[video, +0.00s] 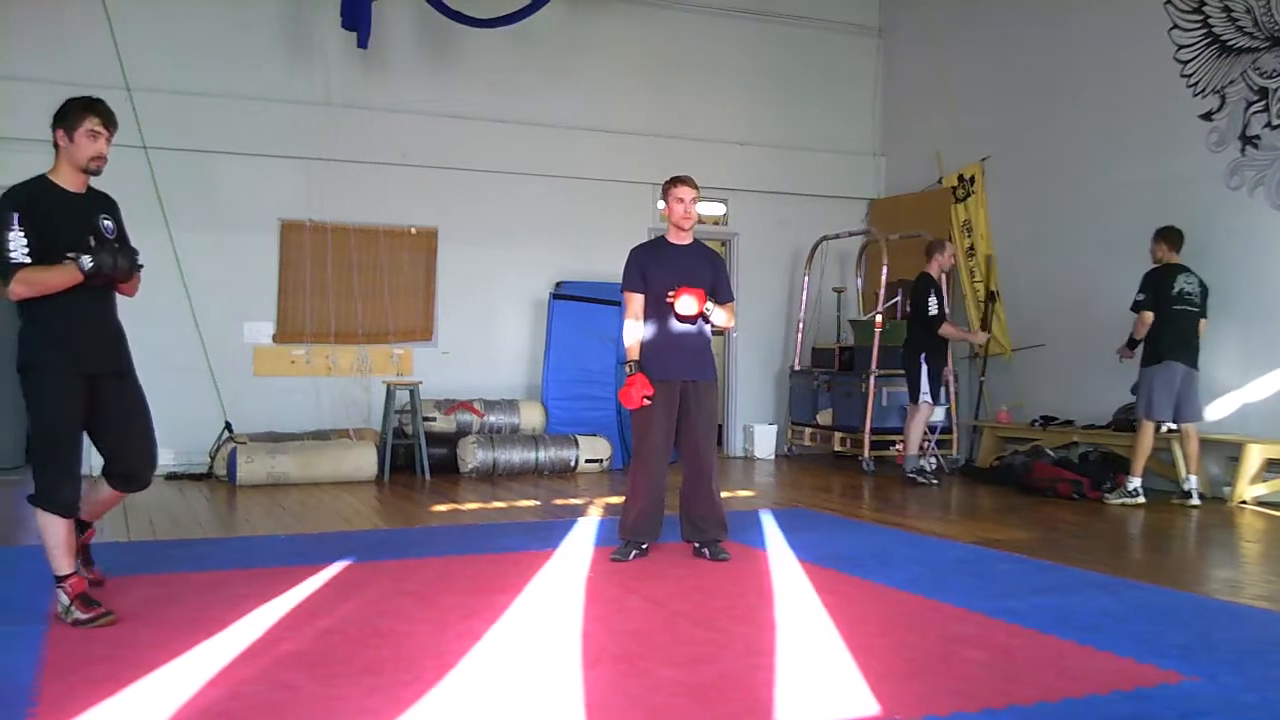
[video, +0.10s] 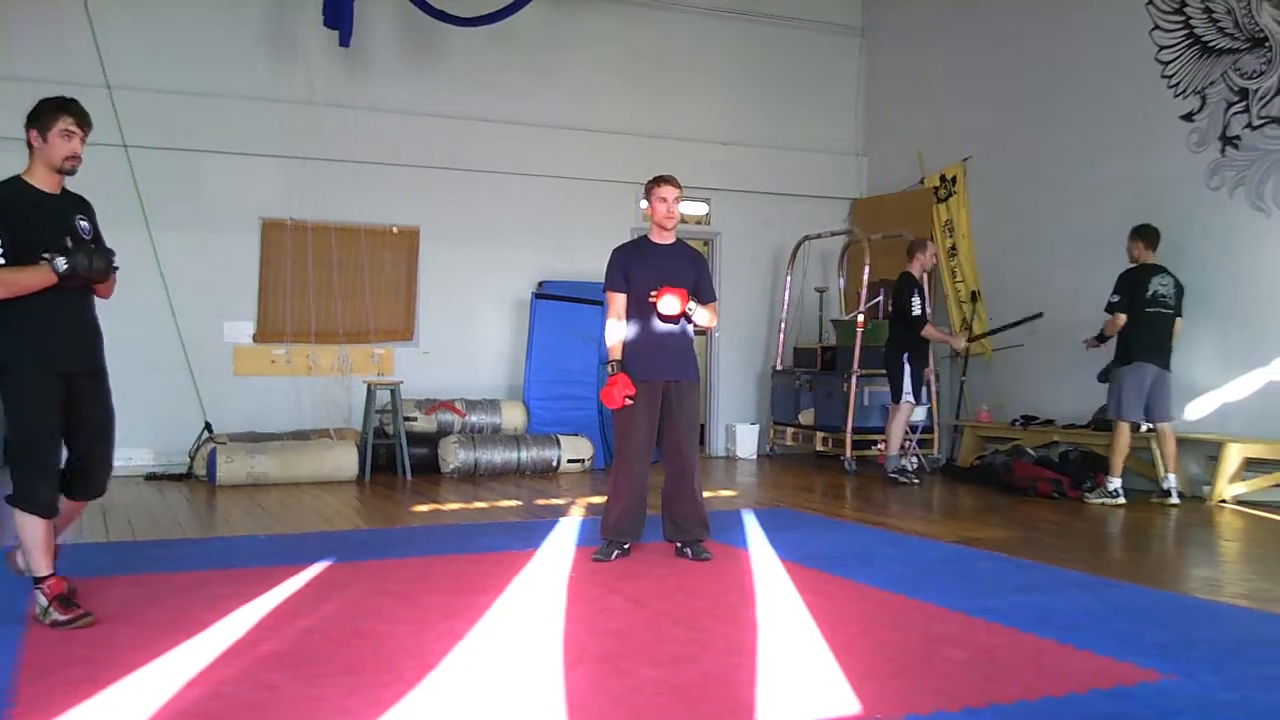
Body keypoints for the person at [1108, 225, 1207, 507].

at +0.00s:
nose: (1151, 250)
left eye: (1153, 245)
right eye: (1152, 245)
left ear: (1163, 247)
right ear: (1178, 248)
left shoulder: (1154, 276)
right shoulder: (1199, 281)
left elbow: (1145, 319)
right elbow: (1200, 326)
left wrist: (1130, 346)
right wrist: (1184, 348)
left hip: (1160, 357)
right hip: (1189, 359)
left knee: (1147, 421)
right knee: (1188, 425)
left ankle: (1133, 486)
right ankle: (1191, 488)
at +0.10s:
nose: (1127, 249)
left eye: (1129, 244)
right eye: (1128, 244)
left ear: (1140, 245)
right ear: (1153, 247)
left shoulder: (1130, 276)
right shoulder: (1174, 282)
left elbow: (1118, 320)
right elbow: (1175, 327)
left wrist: (1101, 337)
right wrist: (1159, 348)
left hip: (1133, 357)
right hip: (1162, 360)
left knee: (1123, 422)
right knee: (1163, 424)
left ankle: (1113, 486)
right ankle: (1170, 486)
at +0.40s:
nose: (1081, 245)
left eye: (1083, 240)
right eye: (1081, 239)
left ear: (1094, 240)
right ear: (1107, 241)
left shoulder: (1081, 273)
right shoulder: (1128, 277)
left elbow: (1058, 309)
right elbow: (1128, 320)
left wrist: (1039, 302)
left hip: (1086, 354)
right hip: (1113, 356)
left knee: (1088, 419)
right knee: (1120, 416)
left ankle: (1087, 483)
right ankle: (1141, 476)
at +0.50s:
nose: (1084, 246)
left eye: (1086, 241)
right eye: (1085, 241)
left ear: (1095, 241)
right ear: (1110, 241)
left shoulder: (1083, 274)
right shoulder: (1130, 277)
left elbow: (1059, 309)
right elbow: (1131, 319)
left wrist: (1040, 299)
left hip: (1089, 354)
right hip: (1116, 356)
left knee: (1093, 420)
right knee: (1121, 417)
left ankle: (1094, 484)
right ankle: (1141, 477)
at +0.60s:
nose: (1091, 246)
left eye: (1092, 241)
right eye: (1091, 241)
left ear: (1101, 241)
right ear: (1116, 241)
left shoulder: (1089, 274)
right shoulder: (1137, 277)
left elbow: (1066, 312)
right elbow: (1139, 318)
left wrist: (1047, 307)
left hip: (1096, 355)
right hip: (1124, 357)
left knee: (1101, 420)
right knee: (1127, 418)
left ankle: (1105, 485)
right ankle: (1141, 480)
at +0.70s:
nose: (1107, 245)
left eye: (1109, 240)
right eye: (1108, 240)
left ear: (1118, 241)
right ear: (1133, 240)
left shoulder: (1106, 275)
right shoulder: (1154, 277)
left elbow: (1084, 318)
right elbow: (1157, 318)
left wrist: (1067, 326)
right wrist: (1132, 324)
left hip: (1112, 355)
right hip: (1140, 356)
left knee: (1117, 420)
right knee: (1140, 419)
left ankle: (1122, 485)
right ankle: (1148, 482)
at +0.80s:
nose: (1109, 245)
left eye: (1111, 240)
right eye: (1110, 240)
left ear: (1121, 242)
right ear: (1135, 242)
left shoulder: (1109, 278)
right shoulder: (1156, 278)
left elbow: (1092, 322)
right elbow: (1160, 319)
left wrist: (1077, 348)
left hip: (1114, 356)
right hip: (1141, 357)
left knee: (1119, 422)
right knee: (1141, 420)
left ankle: (1124, 485)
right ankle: (1149, 483)